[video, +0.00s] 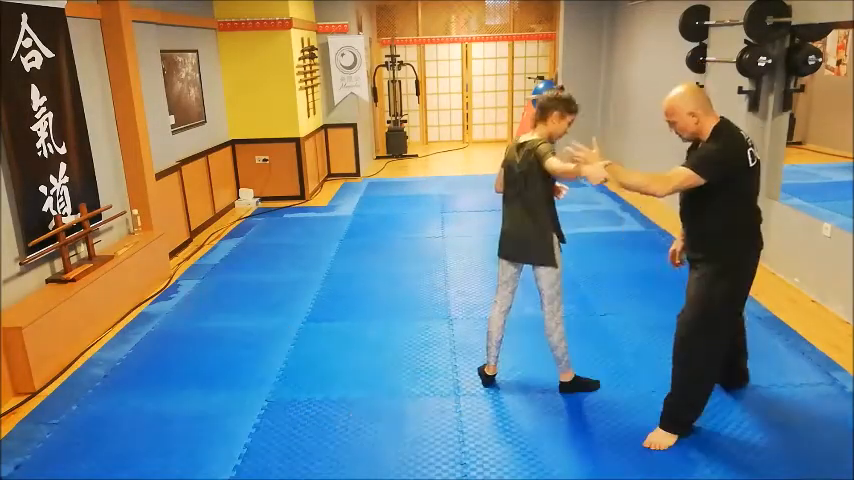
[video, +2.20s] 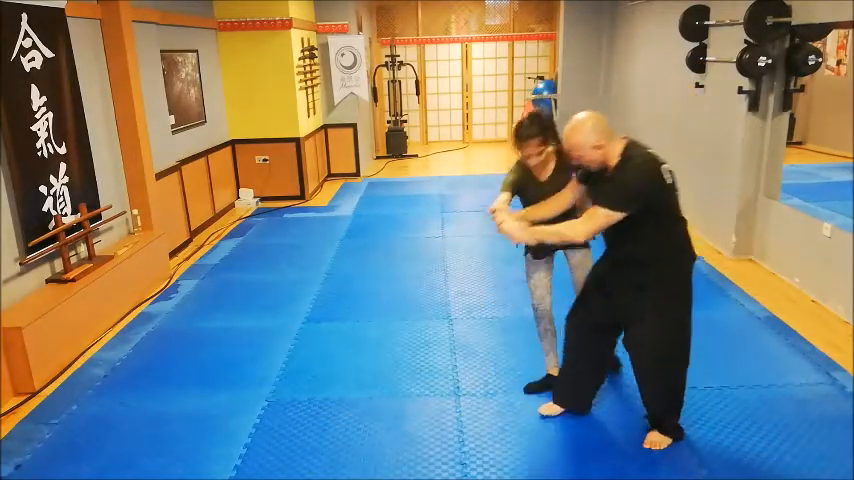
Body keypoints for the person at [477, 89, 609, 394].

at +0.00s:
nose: (567, 130)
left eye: (569, 125)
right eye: (567, 123)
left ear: (545, 117)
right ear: (552, 117)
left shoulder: (515, 146)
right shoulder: (541, 147)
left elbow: (500, 186)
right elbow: (557, 168)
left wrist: (544, 188)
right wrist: (585, 169)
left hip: (511, 235)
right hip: (542, 236)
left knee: (501, 301)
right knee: (552, 307)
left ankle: (489, 368)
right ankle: (566, 376)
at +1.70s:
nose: (565, 137)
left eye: (567, 131)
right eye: (563, 131)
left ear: (543, 124)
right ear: (544, 125)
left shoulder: (524, 147)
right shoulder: (532, 153)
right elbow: (538, 182)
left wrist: (553, 172)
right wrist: (558, 191)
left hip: (510, 232)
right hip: (531, 236)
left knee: (508, 301)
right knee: (558, 299)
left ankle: (489, 365)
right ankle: (563, 369)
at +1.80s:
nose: (566, 139)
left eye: (569, 133)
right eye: (562, 134)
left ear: (545, 127)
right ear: (543, 128)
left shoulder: (542, 150)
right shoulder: (534, 159)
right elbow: (545, 193)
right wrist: (572, 193)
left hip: (526, 233)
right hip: (533, 238)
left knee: (535, 294)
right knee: (559, 301)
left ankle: (497, 350)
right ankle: (563, 371)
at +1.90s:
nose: (565, 141)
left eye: (569, 134)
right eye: (559, 136)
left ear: (574, 126)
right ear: (541, 129)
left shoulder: (558, 149)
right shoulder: (532, 161)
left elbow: (564, 184)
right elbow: (541, 197)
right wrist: (569, 205)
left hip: (552, 226)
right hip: (535, 231)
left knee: (565, 291)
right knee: (554, 300)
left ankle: (514, 335)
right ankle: (561, 370)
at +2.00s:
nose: (558, 143)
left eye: (562, 136)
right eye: (551, 138)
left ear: (568, 128)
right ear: (537, 132)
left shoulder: (569, 147)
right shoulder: (529, 159)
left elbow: (571, 178)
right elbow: (530, 194)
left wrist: (583, 194)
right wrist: (555, 212)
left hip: (563, 224)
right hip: (534, 230)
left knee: (579, 293)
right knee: (549, 302)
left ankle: (544, 332)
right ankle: (559, 369)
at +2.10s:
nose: (547, 149)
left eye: (552, 142)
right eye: (540, 144)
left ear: (561, 133)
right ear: (529, 139)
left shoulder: (571, 151)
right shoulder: (524, 165)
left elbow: (582, 184)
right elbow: (518, 201)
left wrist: (587, 214)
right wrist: (538, 218)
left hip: (574, 230)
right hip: (538, 235)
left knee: (583, 299)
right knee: (545, 305)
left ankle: (577, 345)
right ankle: (555, 366)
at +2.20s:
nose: (531, 160)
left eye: (537, 154)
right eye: (525, 155)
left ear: (550, 145)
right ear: (518, 148)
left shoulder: (568, 161)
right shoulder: (519, 173)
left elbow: (586, 197)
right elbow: (501, 203)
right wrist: (502, 211)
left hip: (574, 231)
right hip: (537, 237)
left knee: (587, 298)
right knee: (541, 306)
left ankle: (603, 353)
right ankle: (553, 371)